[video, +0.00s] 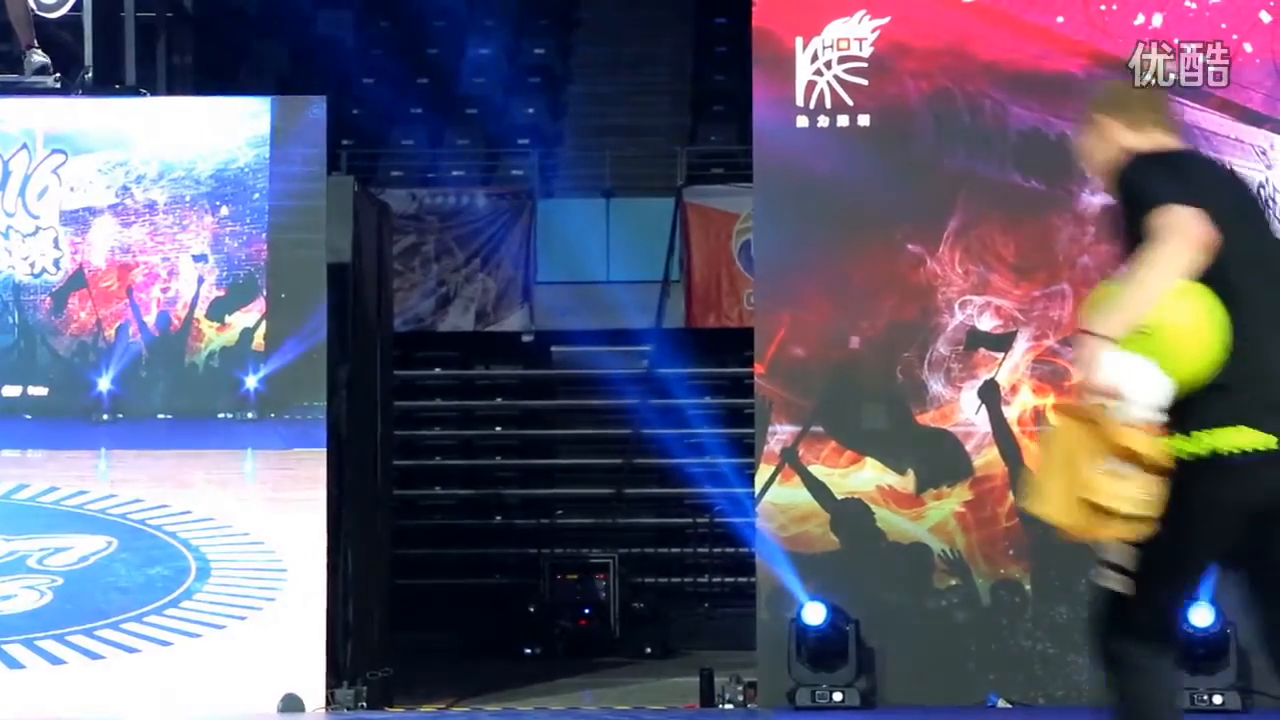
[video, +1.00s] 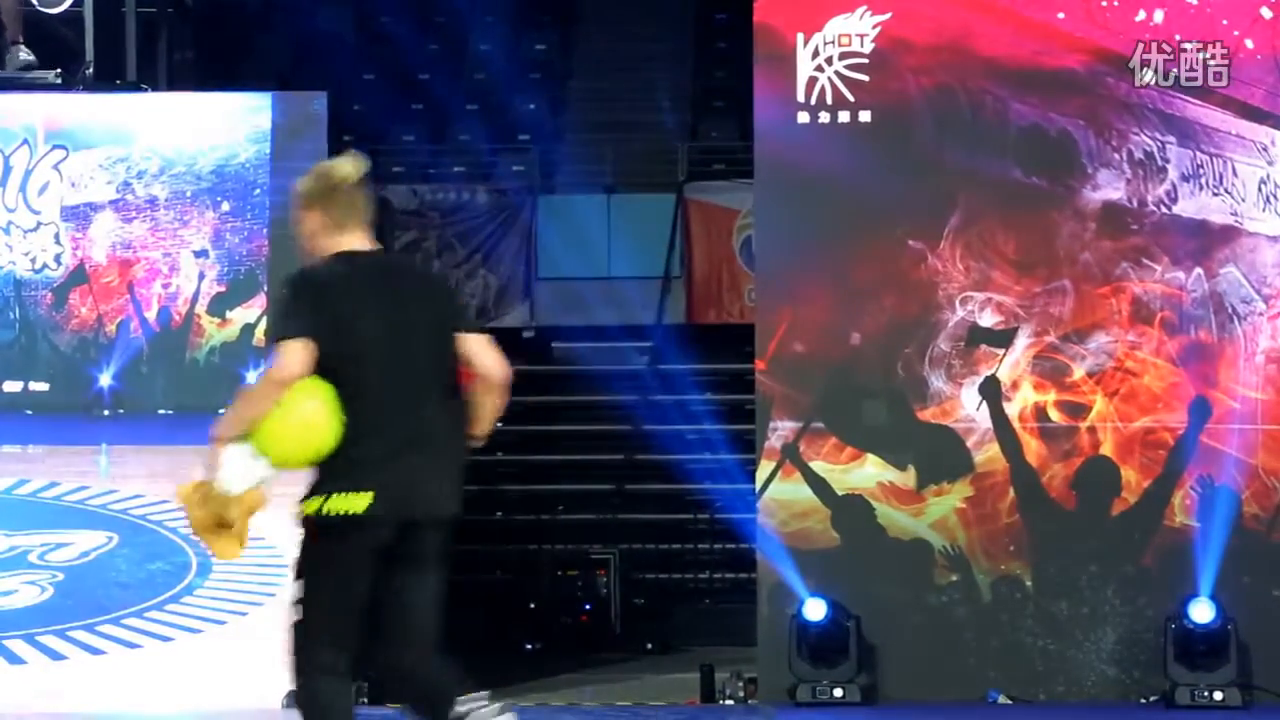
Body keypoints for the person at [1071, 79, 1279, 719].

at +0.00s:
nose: (1086, 155)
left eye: (1088, 139)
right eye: (1083, 141)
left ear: (1114, 128)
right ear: (1162, 125)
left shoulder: (1155, 169)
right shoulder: (1225, 185)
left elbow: (1186, 236)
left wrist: (1098, 330)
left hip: (1219, 455)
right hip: (1268, 452)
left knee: (1136, 625)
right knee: (1269, 628)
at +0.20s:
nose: (883, 176)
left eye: (885, 159)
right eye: (884, 160)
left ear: (909, 150)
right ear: (971, 155)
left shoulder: (942, 212)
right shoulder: (1033, 220)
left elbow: (967, 294)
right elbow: (1128, 330)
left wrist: (875, 395)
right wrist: (1076, 409)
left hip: (1001, 487)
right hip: (1080, 482)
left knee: (946, 675)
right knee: (1052, 674)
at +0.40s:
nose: (745, 153)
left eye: (748, 140)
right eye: (746, 140)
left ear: (767, 135)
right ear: (820, 137)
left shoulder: (761, 203)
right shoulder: (888, 210)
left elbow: (732, 294)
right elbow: (944, 302)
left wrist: (672, 387)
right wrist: (916, 386)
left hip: (813, 438)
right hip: (887, 433)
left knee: (854, 618)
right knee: (804, 612)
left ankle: (894, 709)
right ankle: (805, 706)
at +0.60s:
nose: (611, 192)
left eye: (616, 181)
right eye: (616, 179)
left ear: (629, 185)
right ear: (687, 198)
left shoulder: (601, 250)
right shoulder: (728, 276)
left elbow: (556, 334)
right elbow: (767, 396)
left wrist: (503, 422)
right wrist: (738, 445)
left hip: (628, 489)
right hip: (711, 488)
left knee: (624, 666)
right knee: (654, 664)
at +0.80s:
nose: (446, 172)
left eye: (450, 159)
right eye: (448, 160)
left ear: (470, 159)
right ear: (521, 164)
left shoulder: (465, 229)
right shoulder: (571, 246)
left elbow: (441, 309)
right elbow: (604, 363)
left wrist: (363, 386)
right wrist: (550, 401)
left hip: (469, 461)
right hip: (558, 462)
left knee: (449, 620)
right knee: (578, 620)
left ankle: (436, 710)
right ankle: (611, 711)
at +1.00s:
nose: (298, 230)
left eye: (301, 218)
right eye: (299, 218)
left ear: (317, 218)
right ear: (367, 217)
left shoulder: (314, 285)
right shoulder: (427, 284)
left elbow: (291, 368)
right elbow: (493, 368)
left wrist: (227, 428)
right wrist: (473, 431)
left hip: (353, 497)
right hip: (432, 496)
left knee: (324, 656)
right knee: (408, 655)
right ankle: (470, 707)